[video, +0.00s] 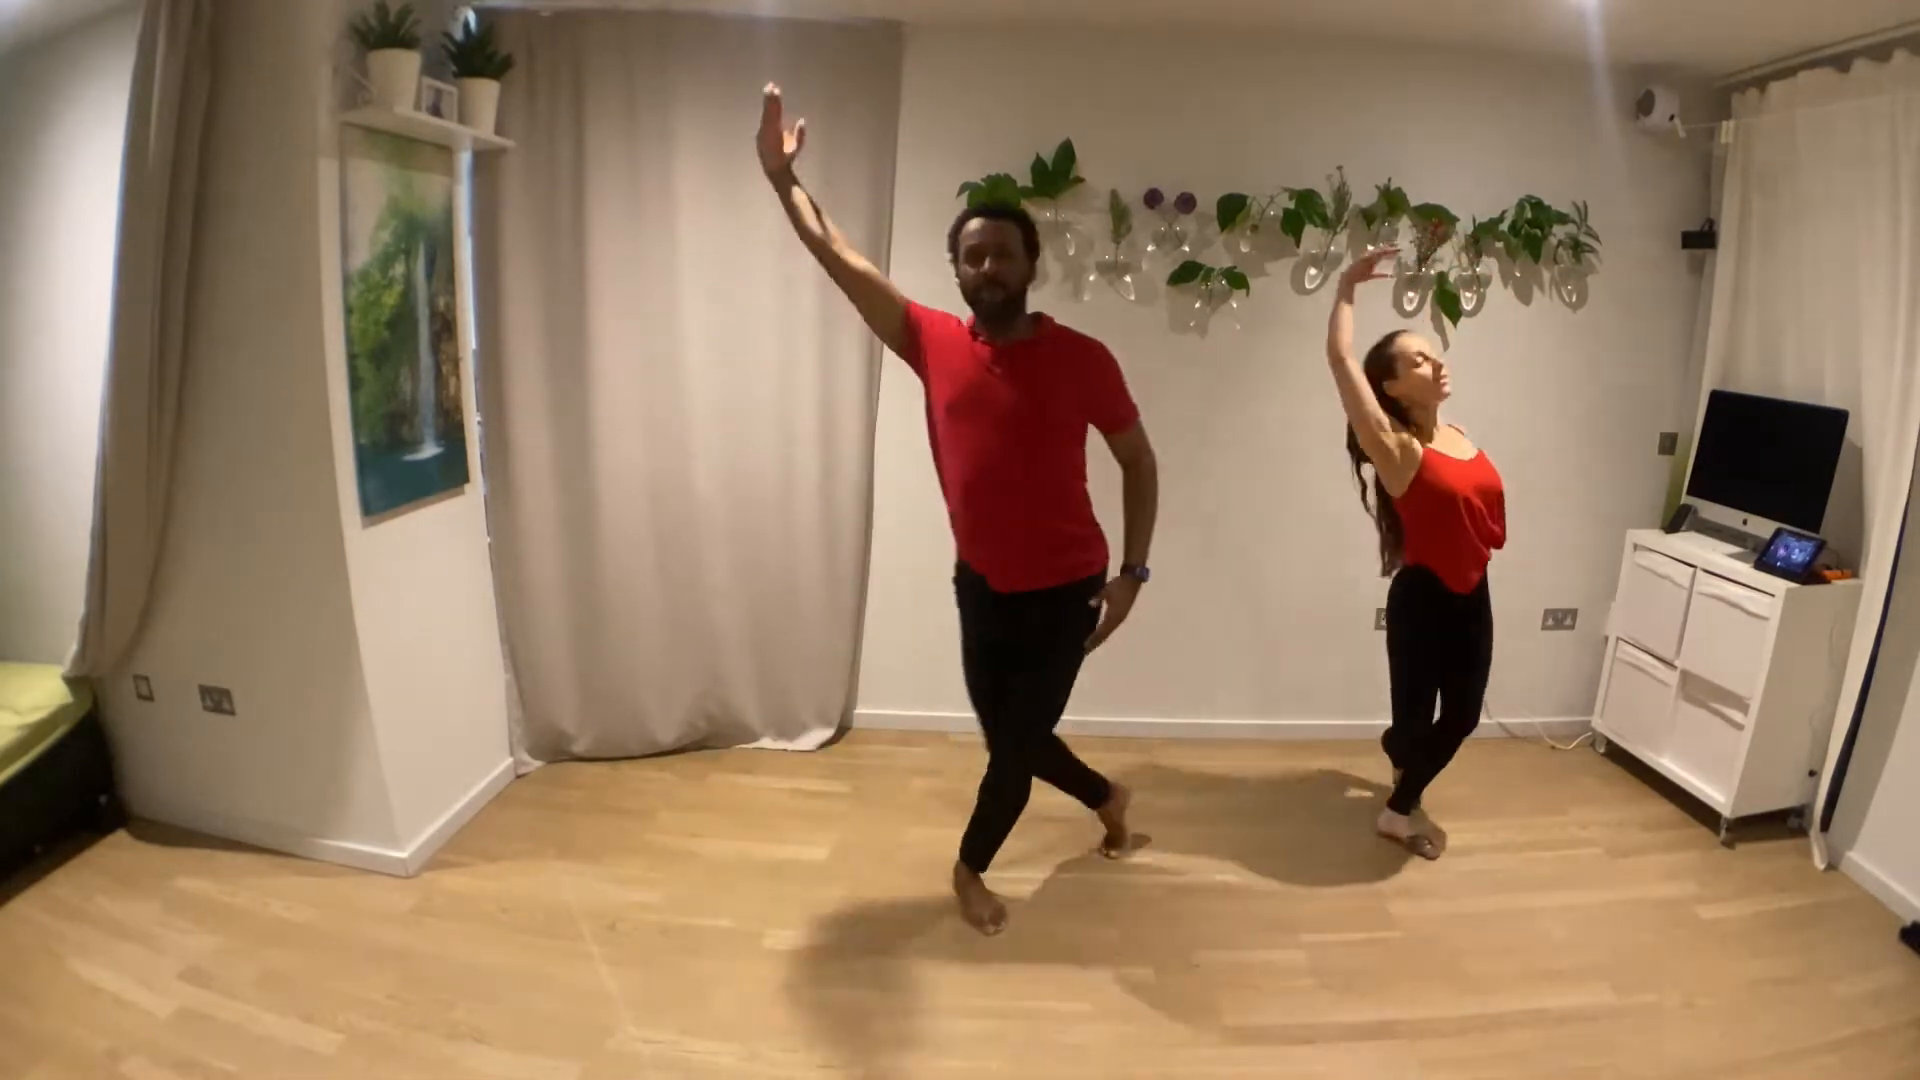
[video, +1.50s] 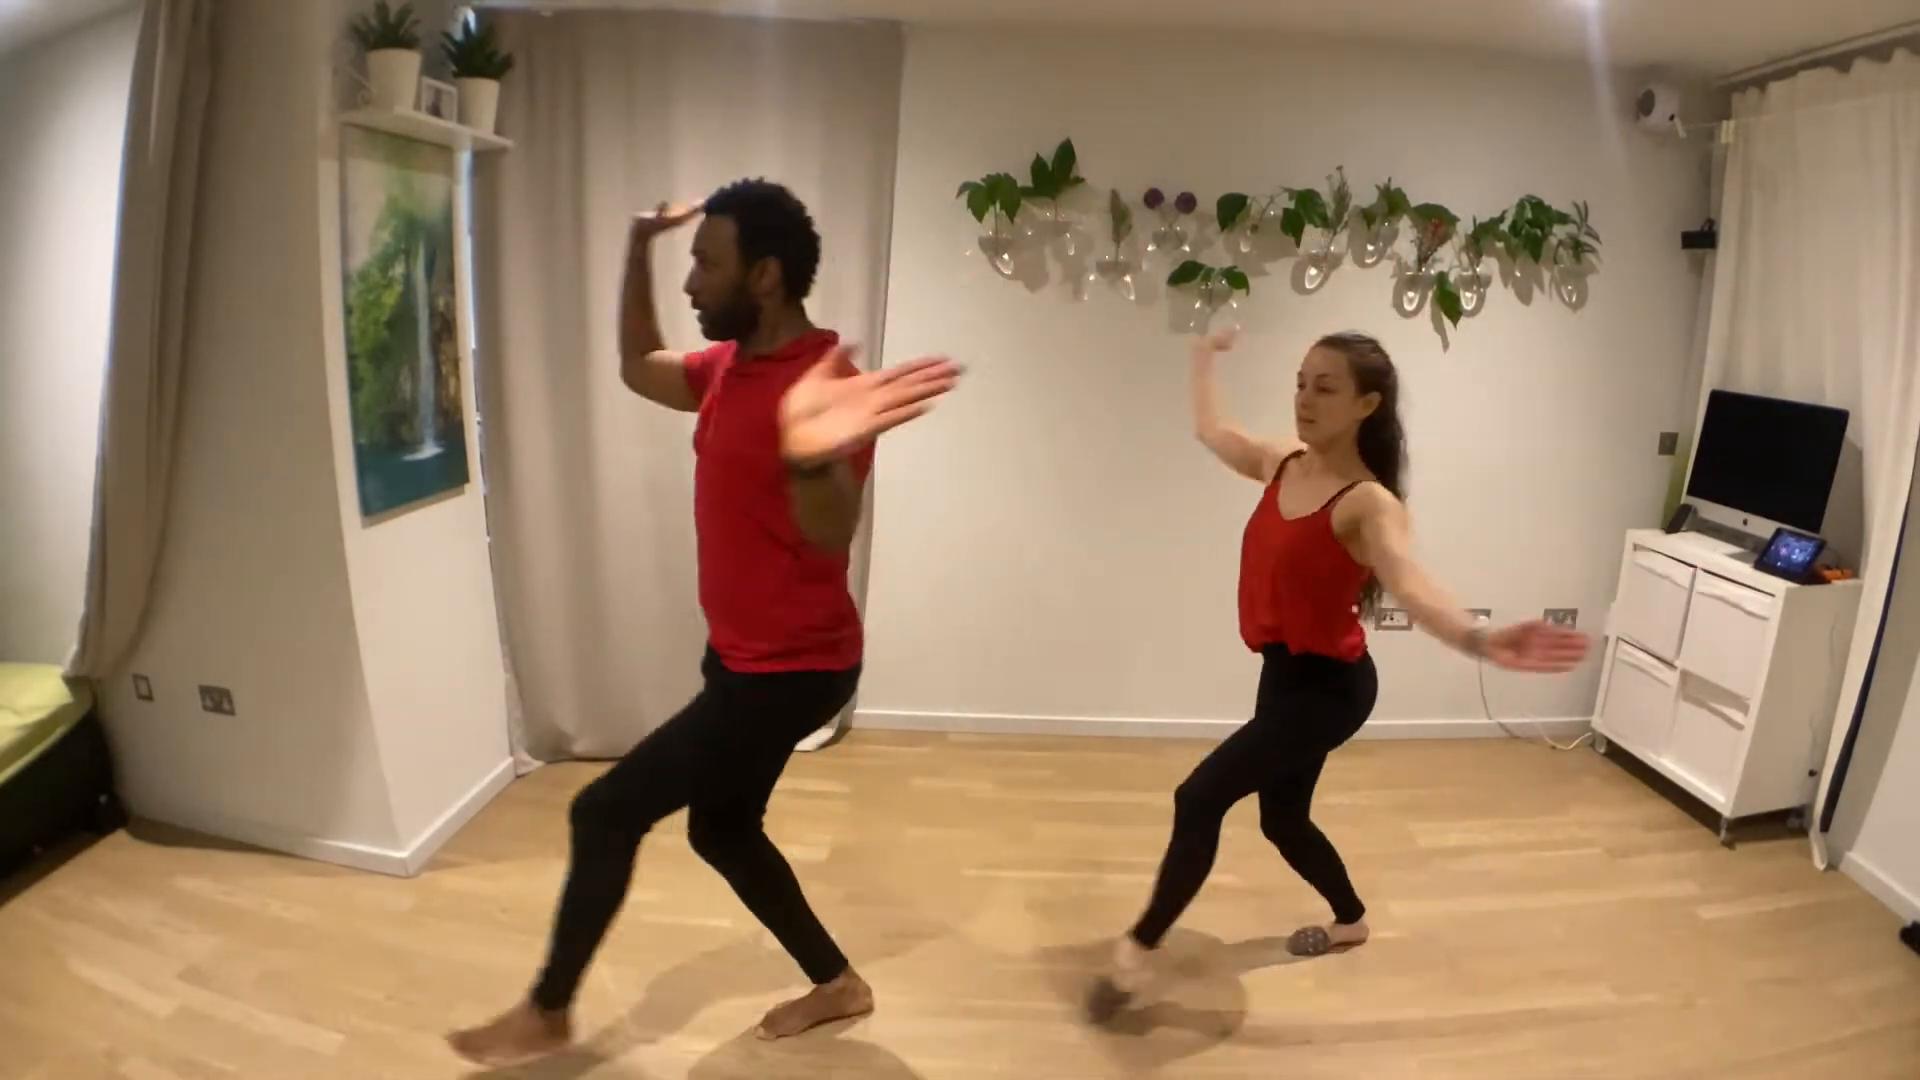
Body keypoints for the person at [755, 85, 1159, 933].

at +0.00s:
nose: (984, 270)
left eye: (999, 254)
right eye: (970, 257)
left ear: (1033, 266)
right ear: (954, 271)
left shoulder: (1079, 361)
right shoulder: (934, 343)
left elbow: (1139, 462)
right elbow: (840, 260)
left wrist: (1133, 571)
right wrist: (780, 172)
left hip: (1065, 582)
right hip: (983, 582)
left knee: (1021, 738)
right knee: (1012, 736)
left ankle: (970, 868)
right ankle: (1108, 797)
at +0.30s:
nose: (1024, 284)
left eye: (1042, 269)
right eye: (1017, 269)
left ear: (1091, 270)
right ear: (1012, 272)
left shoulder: (1146, 368)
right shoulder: (1010, 365)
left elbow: (1240, 469)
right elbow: (904, 384)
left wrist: (1215, 586)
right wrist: (806, 381)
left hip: (1128, 587)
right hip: (1054, 585)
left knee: (1076, 756)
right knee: (1104, 706)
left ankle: (1142, 876)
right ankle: (1140, 797)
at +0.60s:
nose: (1023, 269)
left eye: (1042, 256)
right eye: (1023, 255)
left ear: (1100, 267)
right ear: (1031, 261)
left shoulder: (1152, 370)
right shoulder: (1042, 364)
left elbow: (1170, 521)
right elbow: (992, 472)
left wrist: (1092, 634)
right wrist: (926, 569)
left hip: (1136, 598)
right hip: (1057, 587)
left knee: (1101, 758)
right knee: (992, 728)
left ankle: (1151, 885)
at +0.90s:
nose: (968, 276)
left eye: (987, 264)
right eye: (971, 261)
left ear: (1042, 279)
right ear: (979, 270)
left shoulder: (1084, 344)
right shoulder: (998, 325)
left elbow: (1178, 341)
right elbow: (958, 257)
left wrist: (1122, 373)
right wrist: (868, 218)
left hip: (1084, 620)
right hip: (997, 605)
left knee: (1072, 787)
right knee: (895, 747)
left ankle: (1152, 882)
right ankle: (821, 931)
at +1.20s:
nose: (826, 258)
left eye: (844, 243)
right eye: (832, 240)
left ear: (899, 265)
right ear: (887, 266)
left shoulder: (951, 361)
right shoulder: (868, 344)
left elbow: (1084, 380)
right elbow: (892, 256)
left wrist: (1108, 249)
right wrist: (889, 166)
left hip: (928, 636)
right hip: (845, 632)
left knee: (953, 829)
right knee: (787, 801)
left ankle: (1101, 878)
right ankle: (840, 979)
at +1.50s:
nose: (690, 279)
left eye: (705, 262)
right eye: (692, 262)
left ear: (767, 274)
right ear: (752, 275)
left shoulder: (830, 375)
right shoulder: (727, 364)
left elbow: (830, 538)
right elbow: (641, 366)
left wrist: (807, 460)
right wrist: (638, 249)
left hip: (796, 668)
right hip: (737, 655)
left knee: (606, 811)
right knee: (724, 832)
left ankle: (546, 1013)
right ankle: (837, 981)